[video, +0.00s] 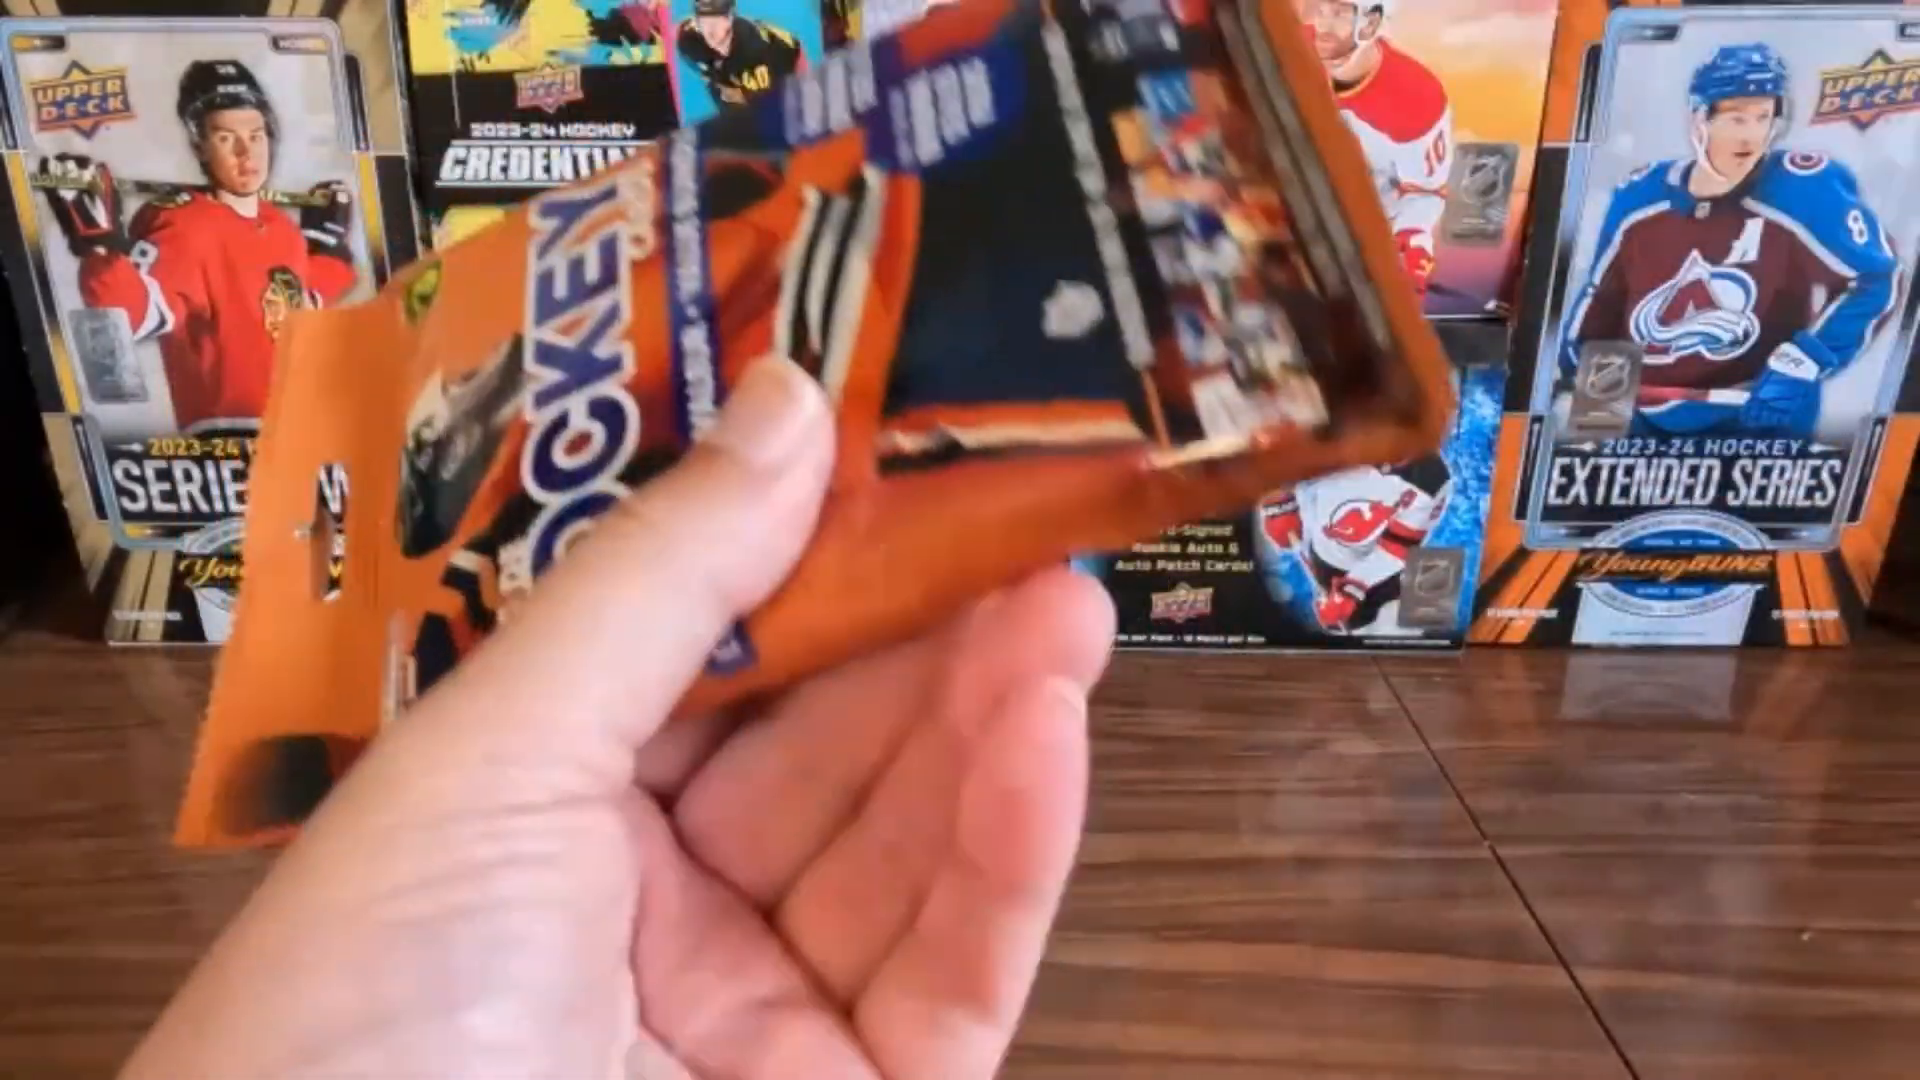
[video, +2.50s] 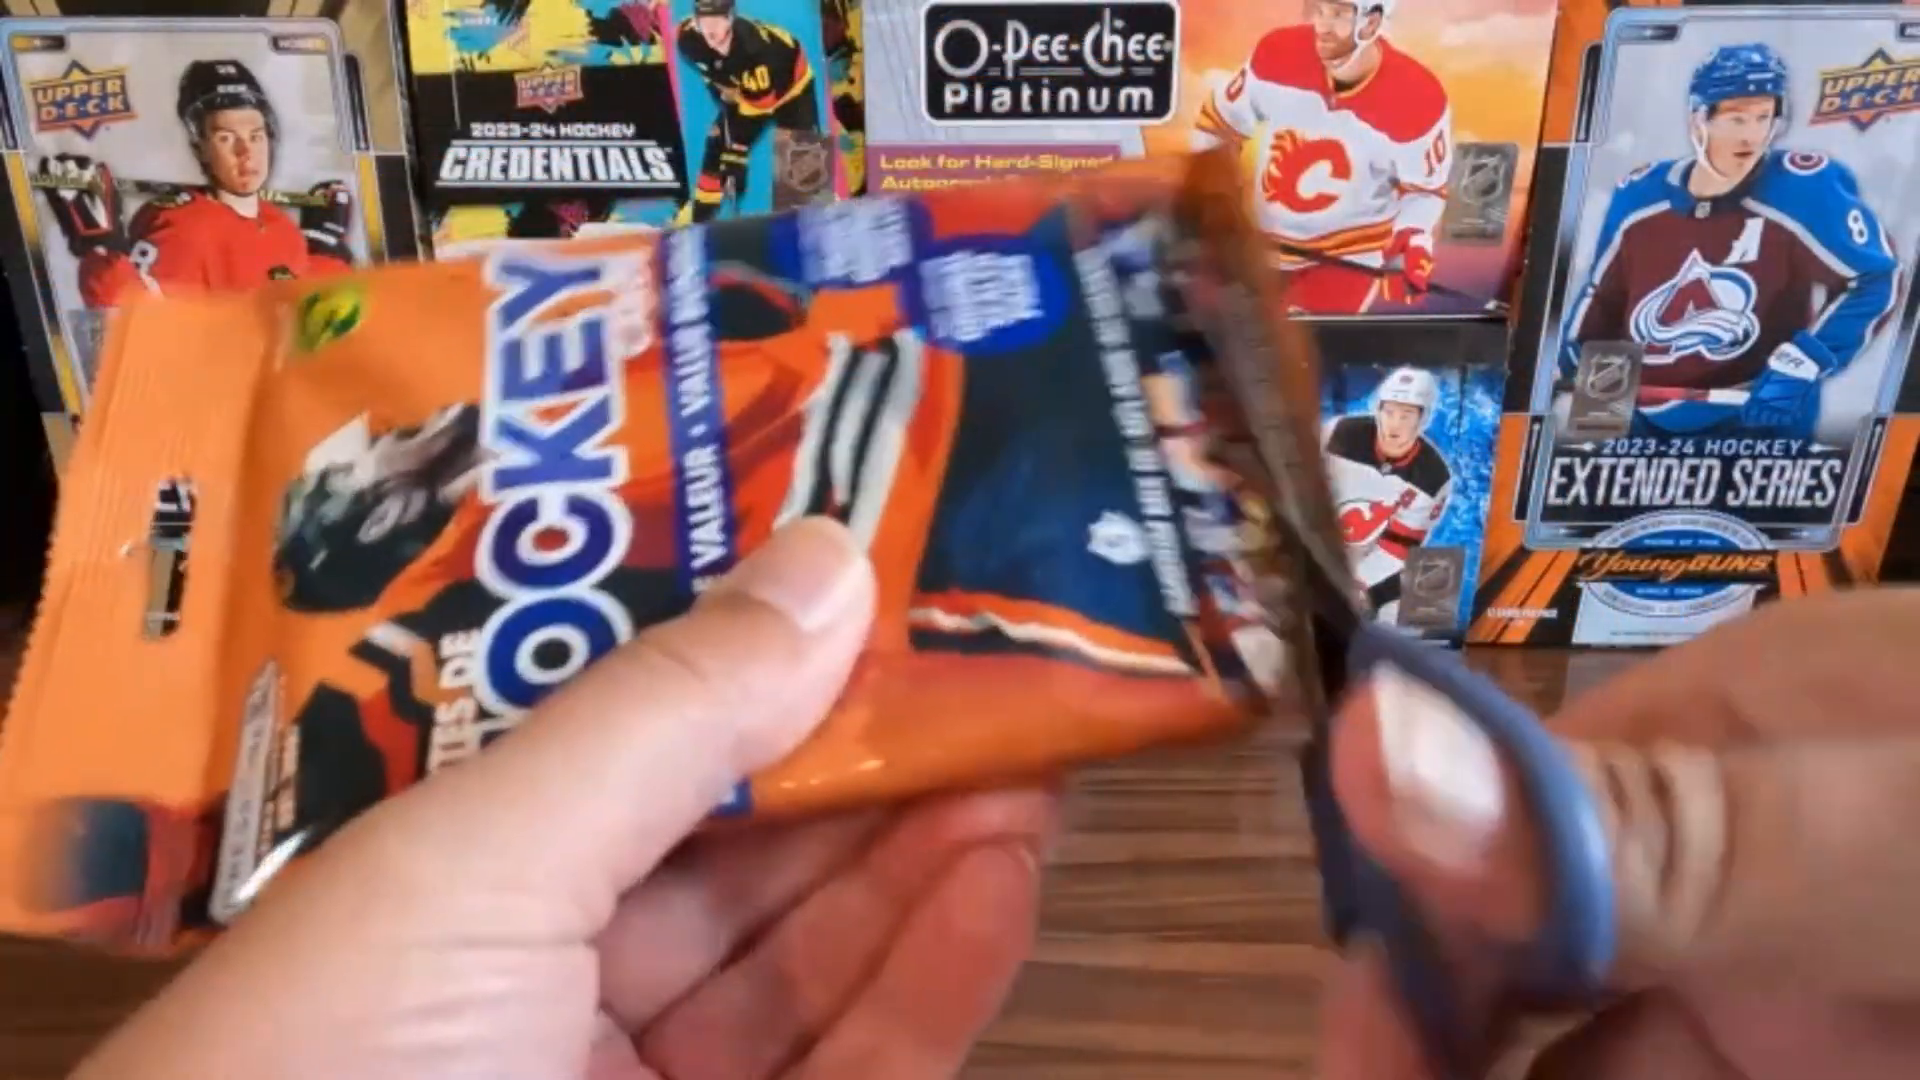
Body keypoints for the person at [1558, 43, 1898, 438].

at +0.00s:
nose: (1749, 135)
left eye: (1762, 118)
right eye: (1735, 118)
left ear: (1775, 123)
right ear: (1699, 124)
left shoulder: (1805, 193)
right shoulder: (1638, 199)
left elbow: (1879, 280)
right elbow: (1596, 297)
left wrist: (1802, 365)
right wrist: (1588, 373)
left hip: (1747, 426)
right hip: (1639, 421)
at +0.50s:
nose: (1749, 135)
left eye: (1762, 119)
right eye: (1735, 119)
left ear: (1775, 123)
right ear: (1698, 124)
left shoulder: (1804, 193)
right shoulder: (1639, 198)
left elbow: (1878, 280)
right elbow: (1598, 296)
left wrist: (1803, 364)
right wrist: (1579, 371)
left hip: (1745, 427)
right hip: (1638, 422)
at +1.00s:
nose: (1750, 135)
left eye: (1762, 119)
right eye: (1735, 119)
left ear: (1775, 123)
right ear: (1698, 124)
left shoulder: (1804, 192)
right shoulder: (1639, 197)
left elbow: (1878, 280)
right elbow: (1599, 295)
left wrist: (1802, 364)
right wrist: (1580, 370)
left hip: (1745, 427)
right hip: (1637, 421)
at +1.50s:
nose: (1749, 135)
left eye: (1762, 118)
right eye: (1735, 118)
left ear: (1775, 123)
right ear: (1698, 123)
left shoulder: (1805, 192)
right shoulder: (1638, 197)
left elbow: (1879, 280)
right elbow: (1599, 297)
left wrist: (1802, 365)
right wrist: (1576, 369)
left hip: (1744, 427)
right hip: (1637, 421)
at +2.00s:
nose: (1749, 135)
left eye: (1762, 118)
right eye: (1735, 118)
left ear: (1775, 123)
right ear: (1698, 123)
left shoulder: (1808, 191)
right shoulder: (1638, 197)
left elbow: (1879, 280)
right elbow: (1600, 296)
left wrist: (1802, 365)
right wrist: (1578, 366)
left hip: (1745, 427)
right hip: (1637, 422)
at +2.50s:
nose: (1750, 135)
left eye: (1762, 118)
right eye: (1735, 119)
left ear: (1775, 123)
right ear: (1698, 123)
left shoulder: (1805, 191)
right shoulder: (1638, 197)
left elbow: (1878, 280)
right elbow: (1600, 295)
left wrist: (1802, 365)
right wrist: (1577, 367)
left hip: (1742, 427)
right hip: (1635, 421)